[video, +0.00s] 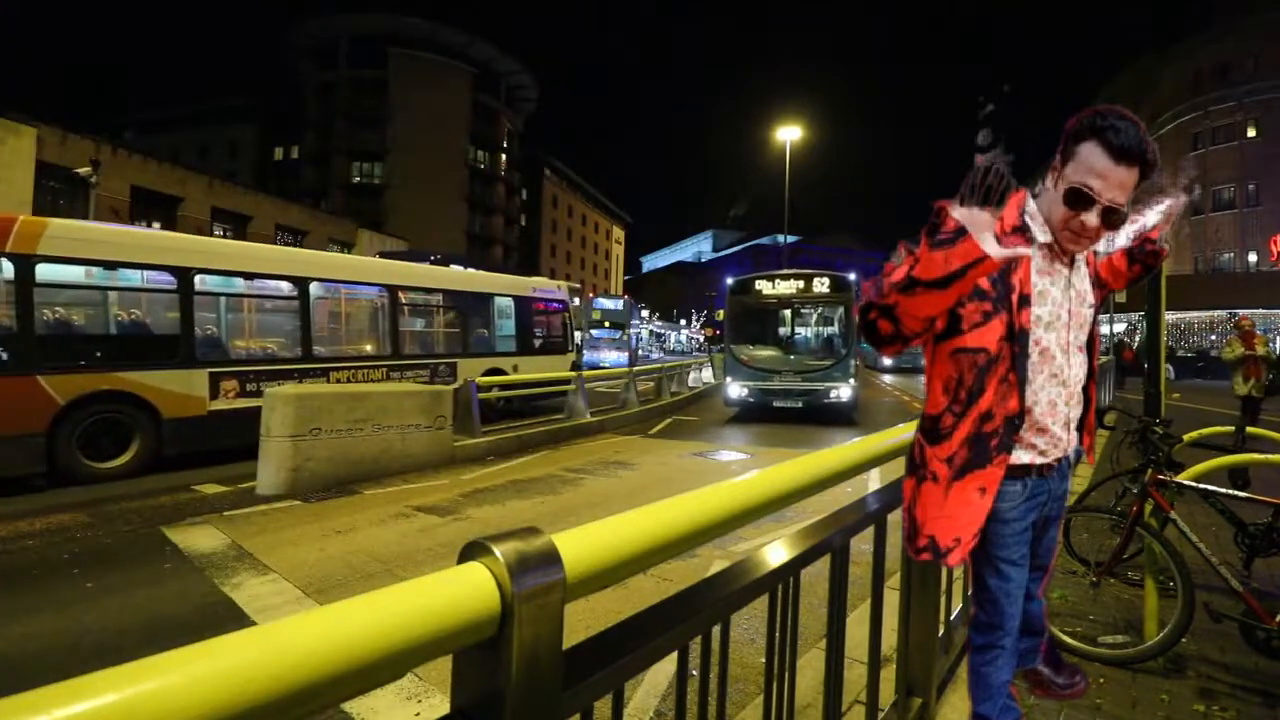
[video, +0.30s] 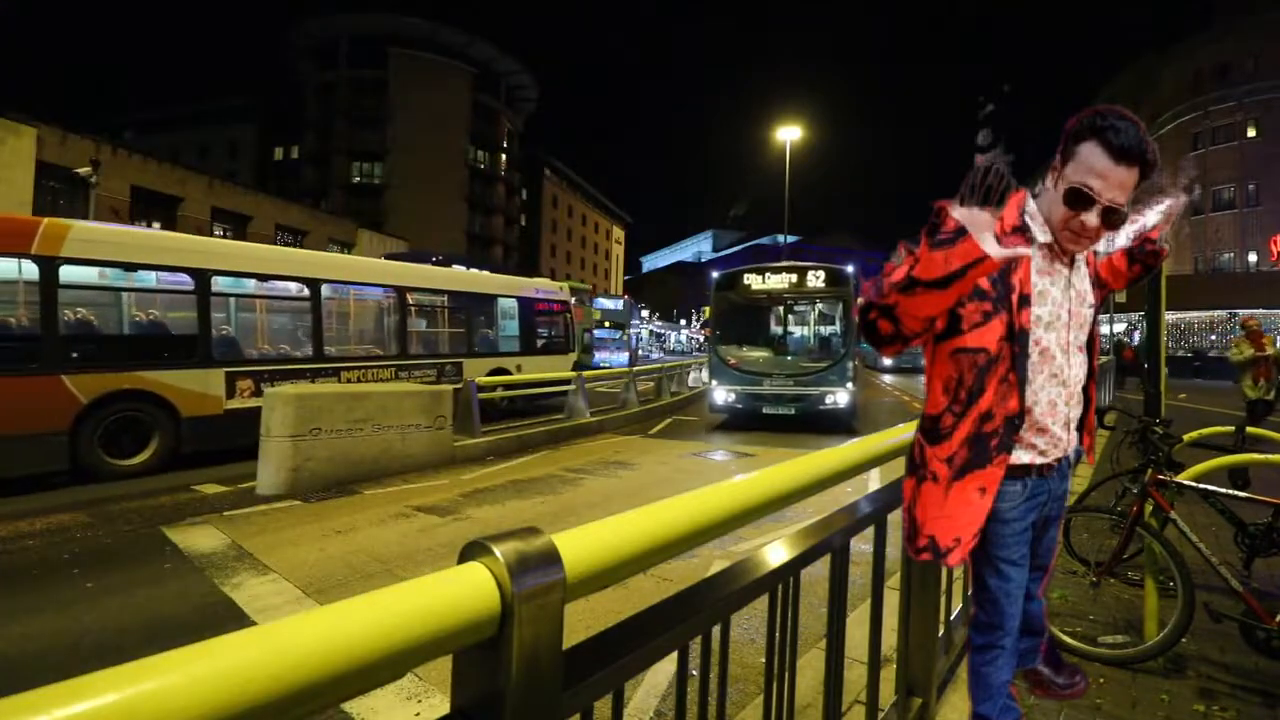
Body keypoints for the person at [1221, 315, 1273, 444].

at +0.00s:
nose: (1247, 329)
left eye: (1250, 326)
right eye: (1243, 327)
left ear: (1254, 327)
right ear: (1238, 329)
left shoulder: (1261, 340)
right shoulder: (1233, 341)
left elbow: (1272, 358)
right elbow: (1225, 357)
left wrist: (1261, 353)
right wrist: (1241, 353)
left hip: (1259, 382)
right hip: (1242, 382)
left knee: (1255, 411)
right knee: (1245, 411)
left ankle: (1252, 435)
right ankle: (1240, 438)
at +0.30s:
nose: (1254, 330)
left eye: (1256, 326)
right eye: (1250, 328)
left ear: (1260, 327)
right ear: (1245, 330)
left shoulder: (1267, 341)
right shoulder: (1239, 344)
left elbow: (1275, 354)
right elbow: (1232, 358)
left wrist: (1271, 354)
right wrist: (1252, 355)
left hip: (1268, 381)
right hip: (1249, 381)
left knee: (1266, 408)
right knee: (1253, 410)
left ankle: (1251, 430)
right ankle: (1243, 437)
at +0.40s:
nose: (1259, 327)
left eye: (1261, 324)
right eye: (1256, 325)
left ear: (1264, 325)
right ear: (1249, 327)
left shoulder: (1271, 339)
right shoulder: (1244, 340)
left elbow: (1277, 351)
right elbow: (1236, 355)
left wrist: (1272, 350)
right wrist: (1257, 351)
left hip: (1272, 382)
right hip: (1253, 383)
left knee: (1273, 407)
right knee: (1253, 408)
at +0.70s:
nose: (1272, 329)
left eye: (1274, 326)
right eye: (1268, 327)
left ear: (1277, 327)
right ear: (1263, 328)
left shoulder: (1277, 340)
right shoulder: (1259, 340)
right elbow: (1246, 352)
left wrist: (1276, 341)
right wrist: (1266, 343)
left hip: (1276, 384)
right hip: (1263, 384)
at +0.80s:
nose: (1274, 327)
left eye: (1277, 323)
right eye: (1271, 324)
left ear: (1279, 324)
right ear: (1265, 326)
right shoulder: (1262, 338)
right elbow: (1247, 351)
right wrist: (1267, 337)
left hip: (1276, 386)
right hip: (1265, 385)